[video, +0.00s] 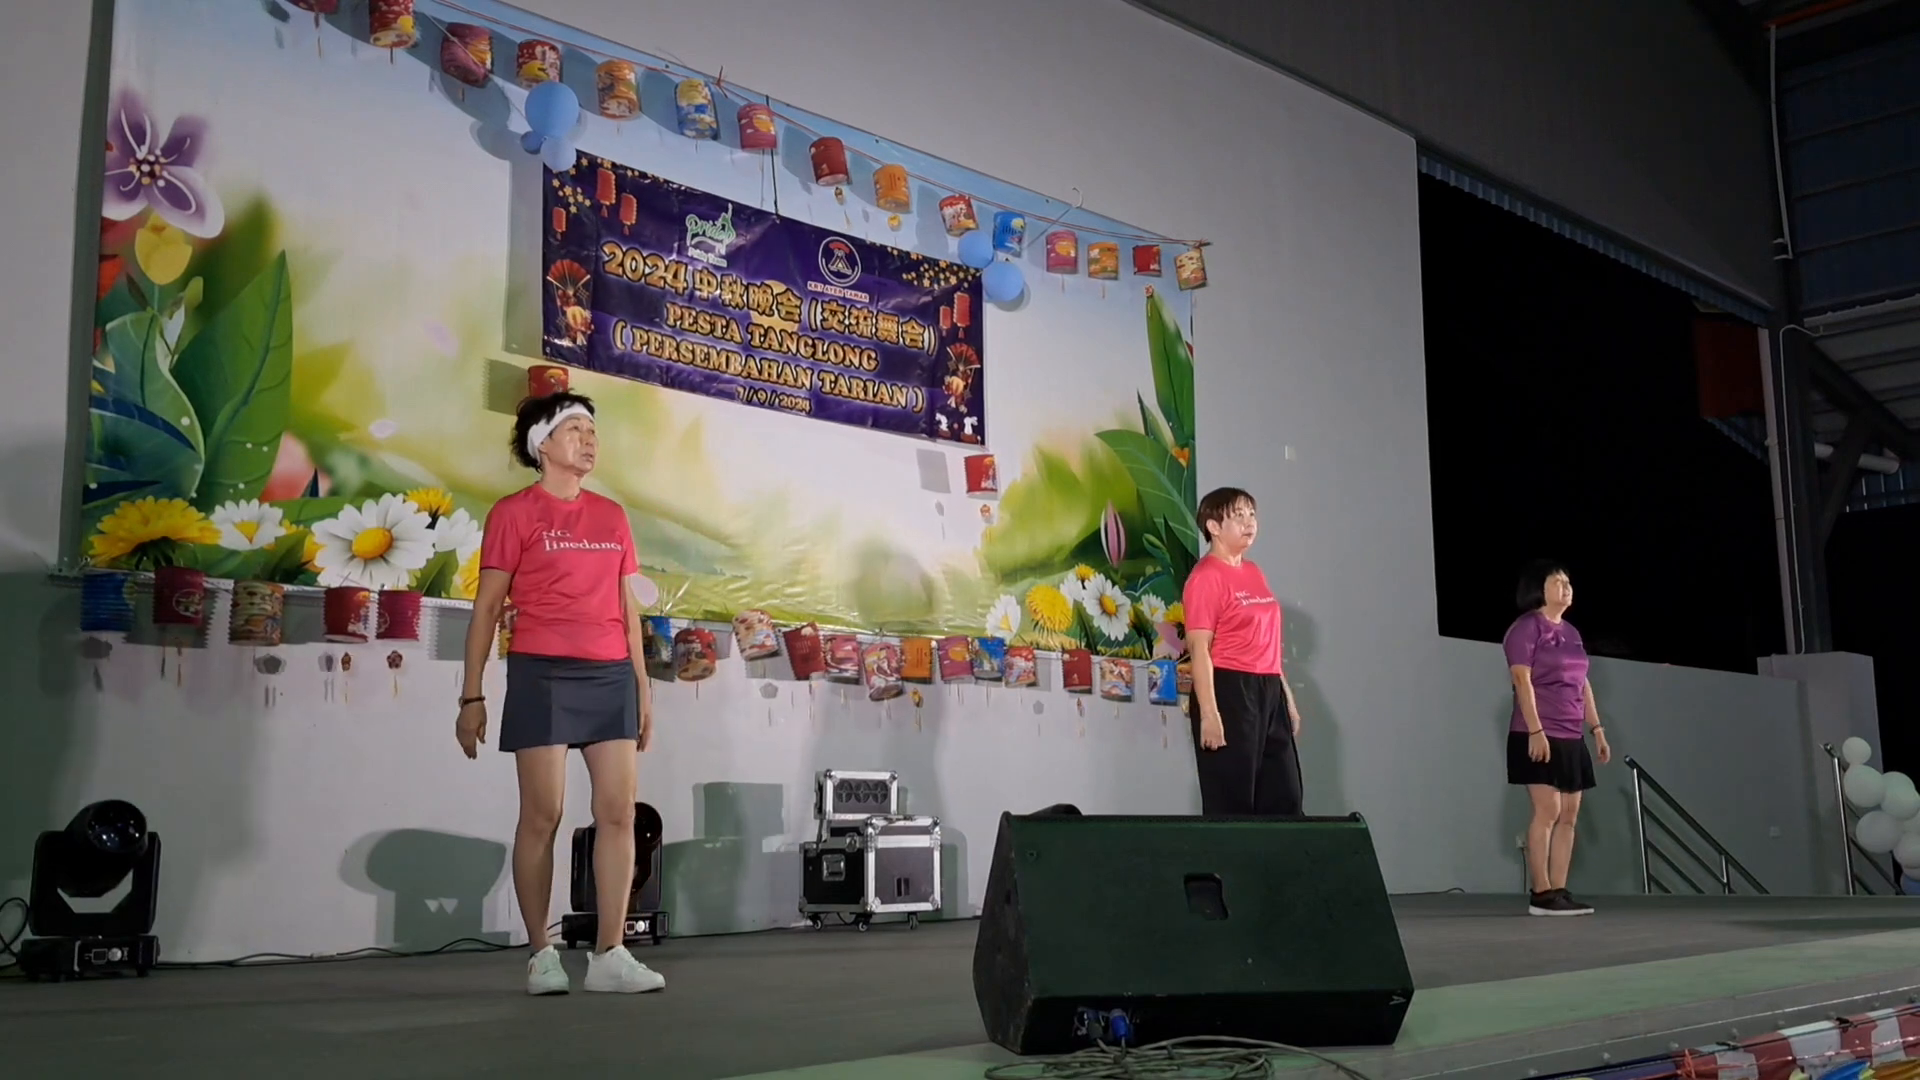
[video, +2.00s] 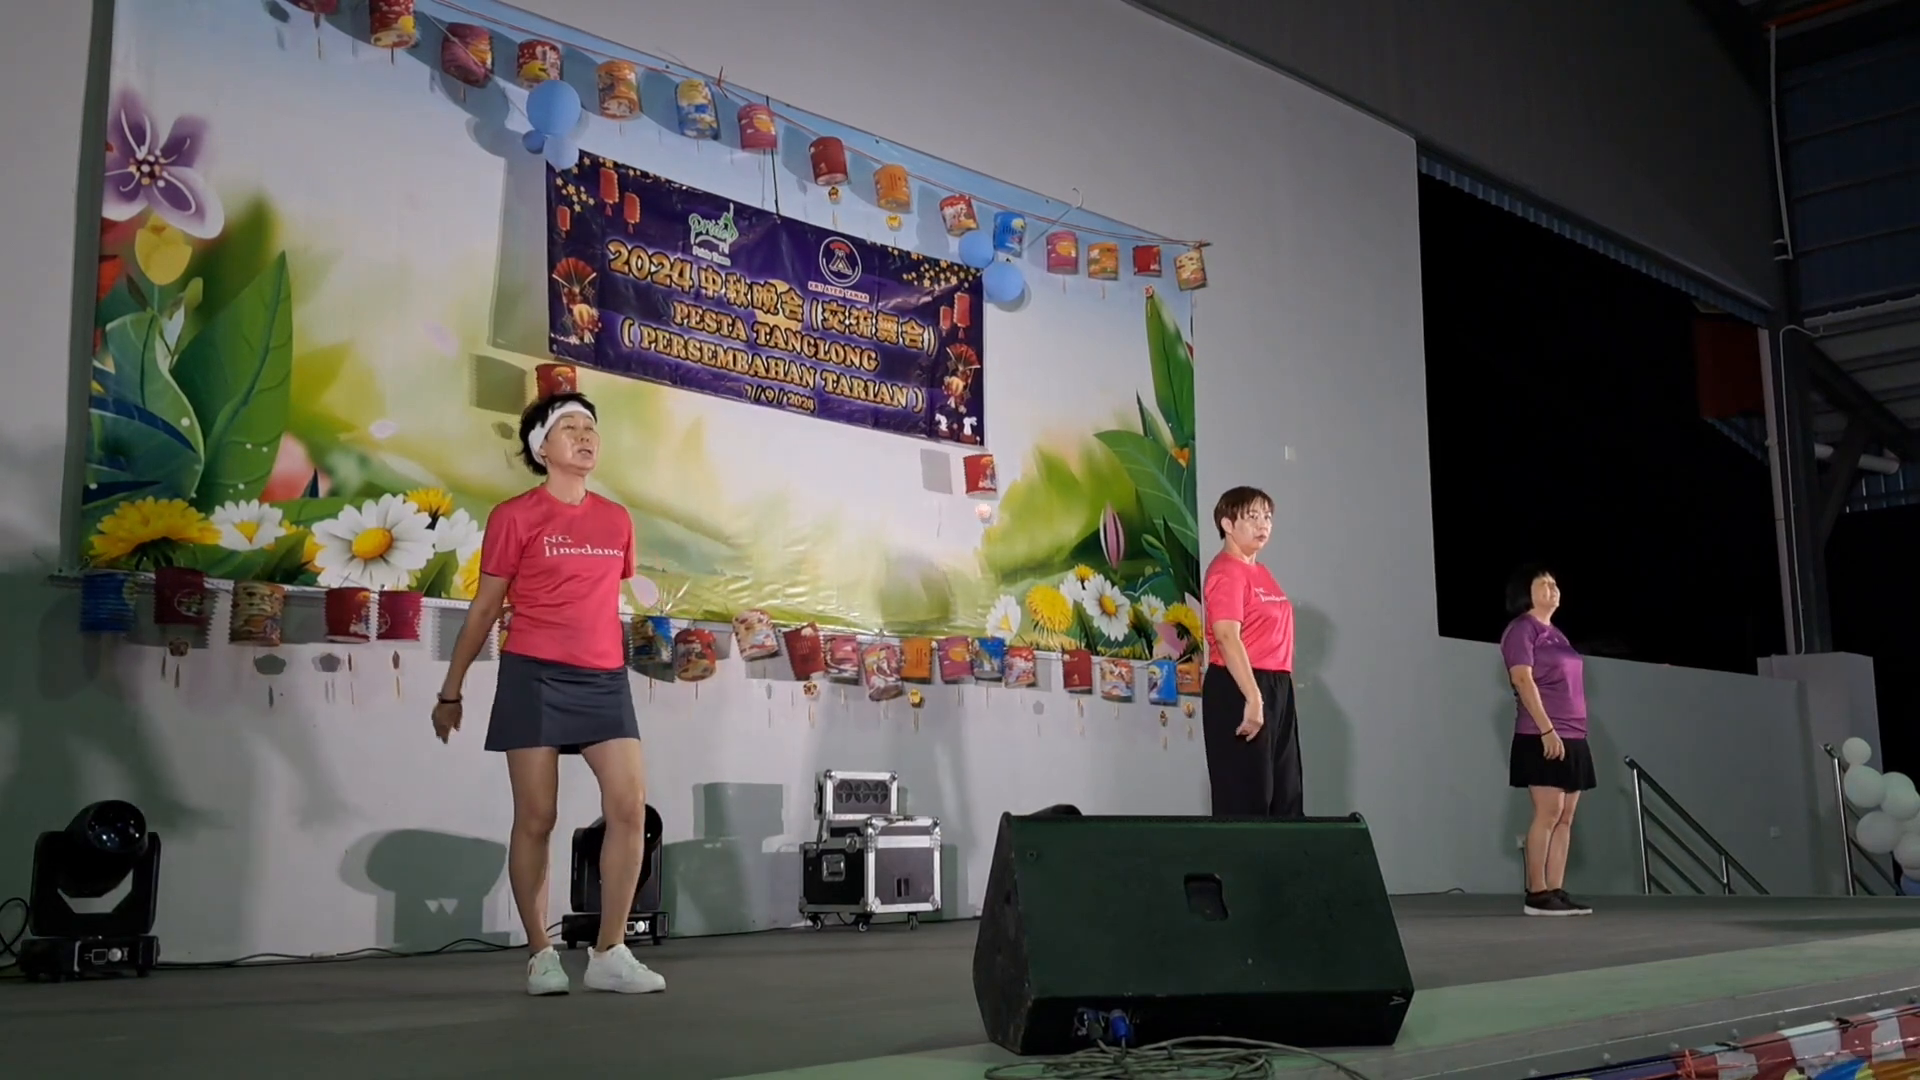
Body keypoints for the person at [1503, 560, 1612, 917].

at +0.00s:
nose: (1566, 588)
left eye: (1568, 583)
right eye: (1557, 582)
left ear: (1570, 592)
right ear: (1539, 589)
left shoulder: (1572, 634)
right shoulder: (1525, 629)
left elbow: (1582, 685)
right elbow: (1522, 683)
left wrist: (1597, 730)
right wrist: (1536, 731)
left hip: (1572, 737)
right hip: (1537, 735)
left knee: (1568, 814)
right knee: (1547, 810)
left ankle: (1558, 890)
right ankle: (1541, 892)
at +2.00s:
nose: (1551, 590)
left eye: (1554, 585)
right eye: (1542, 585)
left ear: (1558, 594)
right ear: (1526, 593)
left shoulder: (1556, 634)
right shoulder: (1521, 629)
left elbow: (1563, 685)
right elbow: (1523, 682)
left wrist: (1575, 730)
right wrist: (1547, 730)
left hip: (1572, 736)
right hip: (1541, 736)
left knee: (1565, 816)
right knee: (1547, 812)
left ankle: (1555, 890)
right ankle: (1537, 892)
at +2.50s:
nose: (1540, 586)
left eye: (1546, 582)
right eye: (1532, 582)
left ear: (1555, 594)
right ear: (1519, 594)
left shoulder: (1570, 636)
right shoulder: (1504, 631)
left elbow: (1592, 679)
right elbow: (1494, 679)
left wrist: (1619, 722)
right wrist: (1510, 724)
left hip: (1559, 738)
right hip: (1518, 735)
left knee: (1564, 812)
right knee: (1528, 810)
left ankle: (1554, 892)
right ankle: (1521, 890)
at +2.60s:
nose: (1527, 588)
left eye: (1533, 583)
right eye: (1519, 584)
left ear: (1544, 593)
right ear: (1508, 595)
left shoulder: (1565, 634)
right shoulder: (1495, 633)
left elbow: (1592, 675)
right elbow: (1474, 677)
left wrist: (1616, 713)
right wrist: (1469, 712)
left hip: (1558, 738)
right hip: (1511, 737)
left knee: (1565, 813)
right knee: (1513, 813)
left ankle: (1553, 892)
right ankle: (1498, 882)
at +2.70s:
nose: (1511, 591)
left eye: (1517, 586)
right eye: (1504, 587)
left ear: (1529, 594)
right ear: (1494, 598)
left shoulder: (1553, 631)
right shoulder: (1482, 637)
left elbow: (1577, 669)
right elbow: (1453, 676)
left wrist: (1582, 701)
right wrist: (1426, 706)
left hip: (1552, 737)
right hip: (1503, 739)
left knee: (1571, 811)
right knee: (1498, 815)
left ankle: (1555, 890)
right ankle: (1494, 889)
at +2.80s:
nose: (1499, 597)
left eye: (1505, 591)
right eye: (1492, 592)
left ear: (1517, 597)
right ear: (1482, 601)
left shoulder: (1540, 633)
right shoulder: (1471, 642)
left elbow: (1558, 675)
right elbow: (1438, 679)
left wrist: (1535, 696)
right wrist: (1397, 707)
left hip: (1543, 740)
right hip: (1492, 743)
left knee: (1584, 803)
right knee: (1492, 817)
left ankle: (1569, 882)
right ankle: (1493, 892)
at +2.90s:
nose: (1492, 599)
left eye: (1498, 593)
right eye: (1484, 594)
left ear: (1509, 599)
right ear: (1475, 603)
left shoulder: (1528, 634)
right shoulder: (1466, 645)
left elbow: (1539, 681)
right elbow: (1436, 681)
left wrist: (1491, 703)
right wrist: (1394, 708)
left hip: (1536, 741)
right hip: (1486, 744)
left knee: (1576, 807)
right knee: (1488, 816)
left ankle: (1597, 887)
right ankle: (1493, 892)